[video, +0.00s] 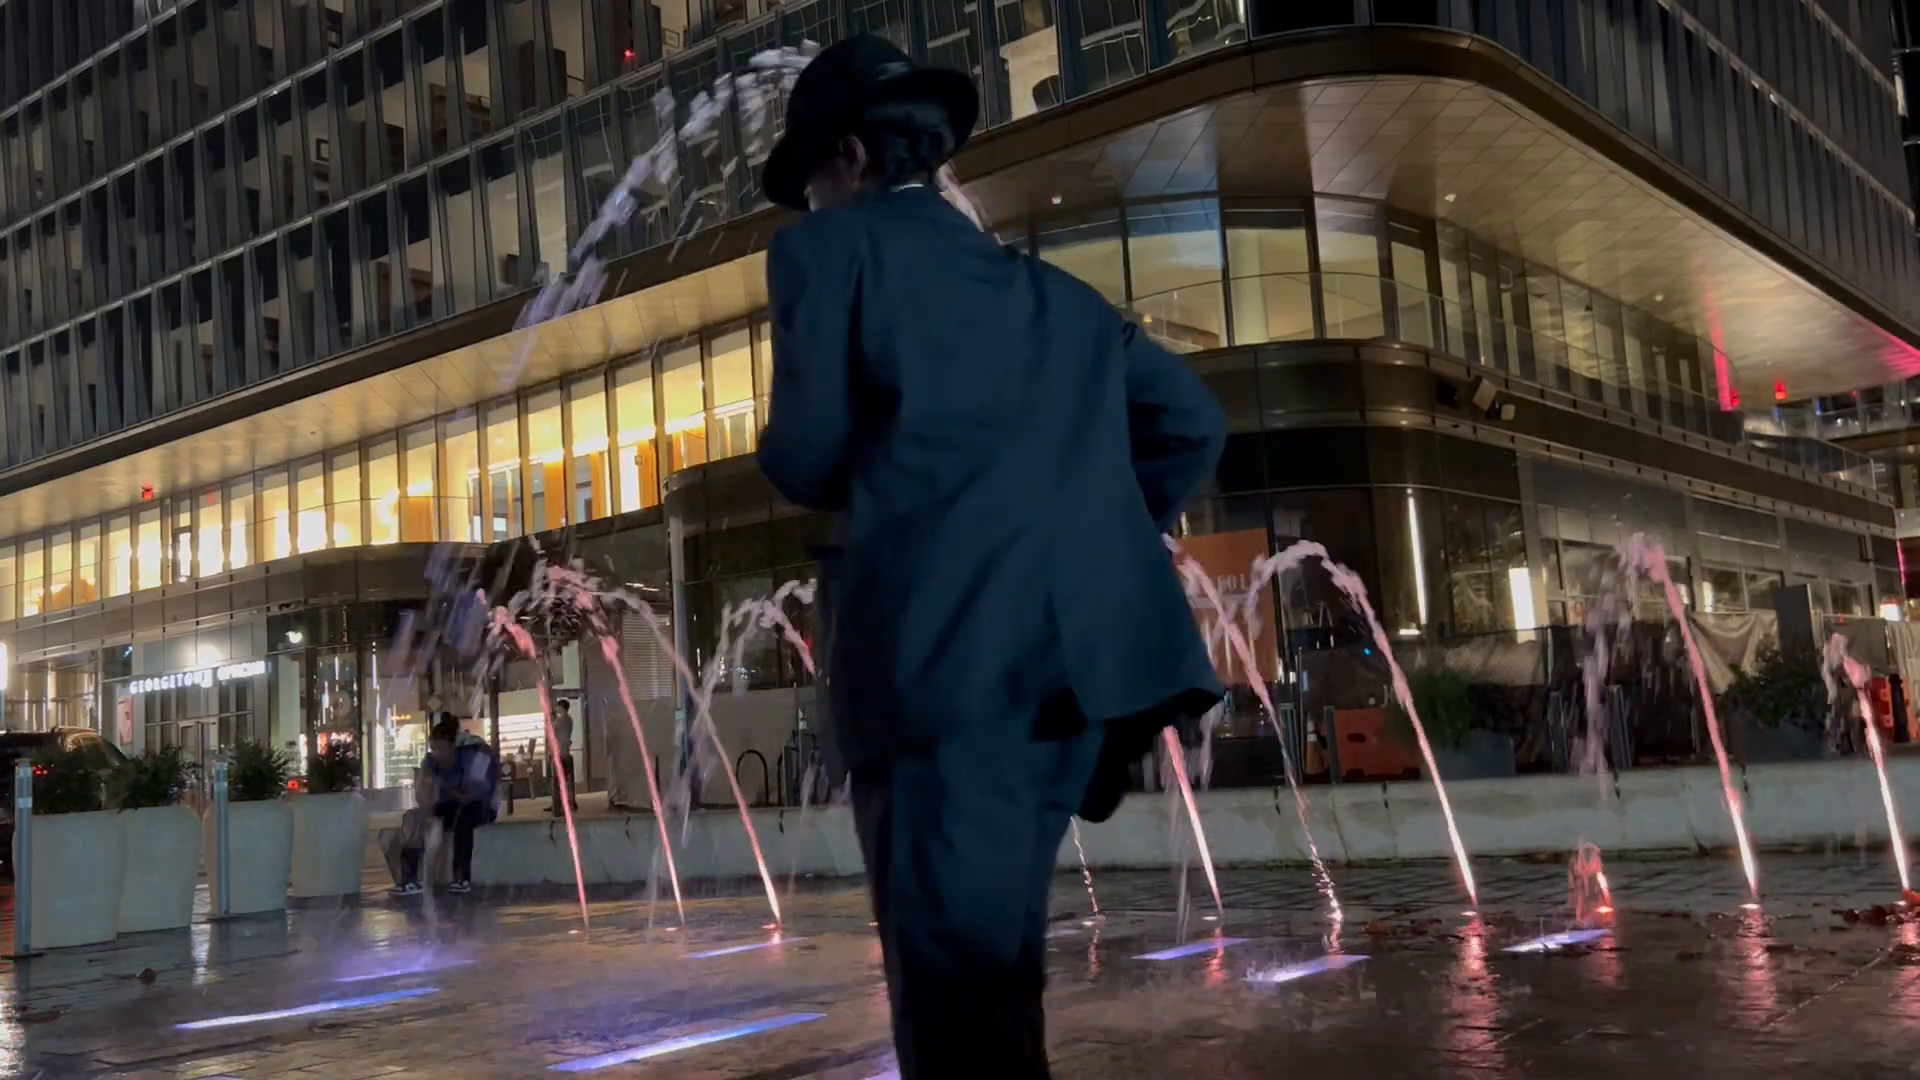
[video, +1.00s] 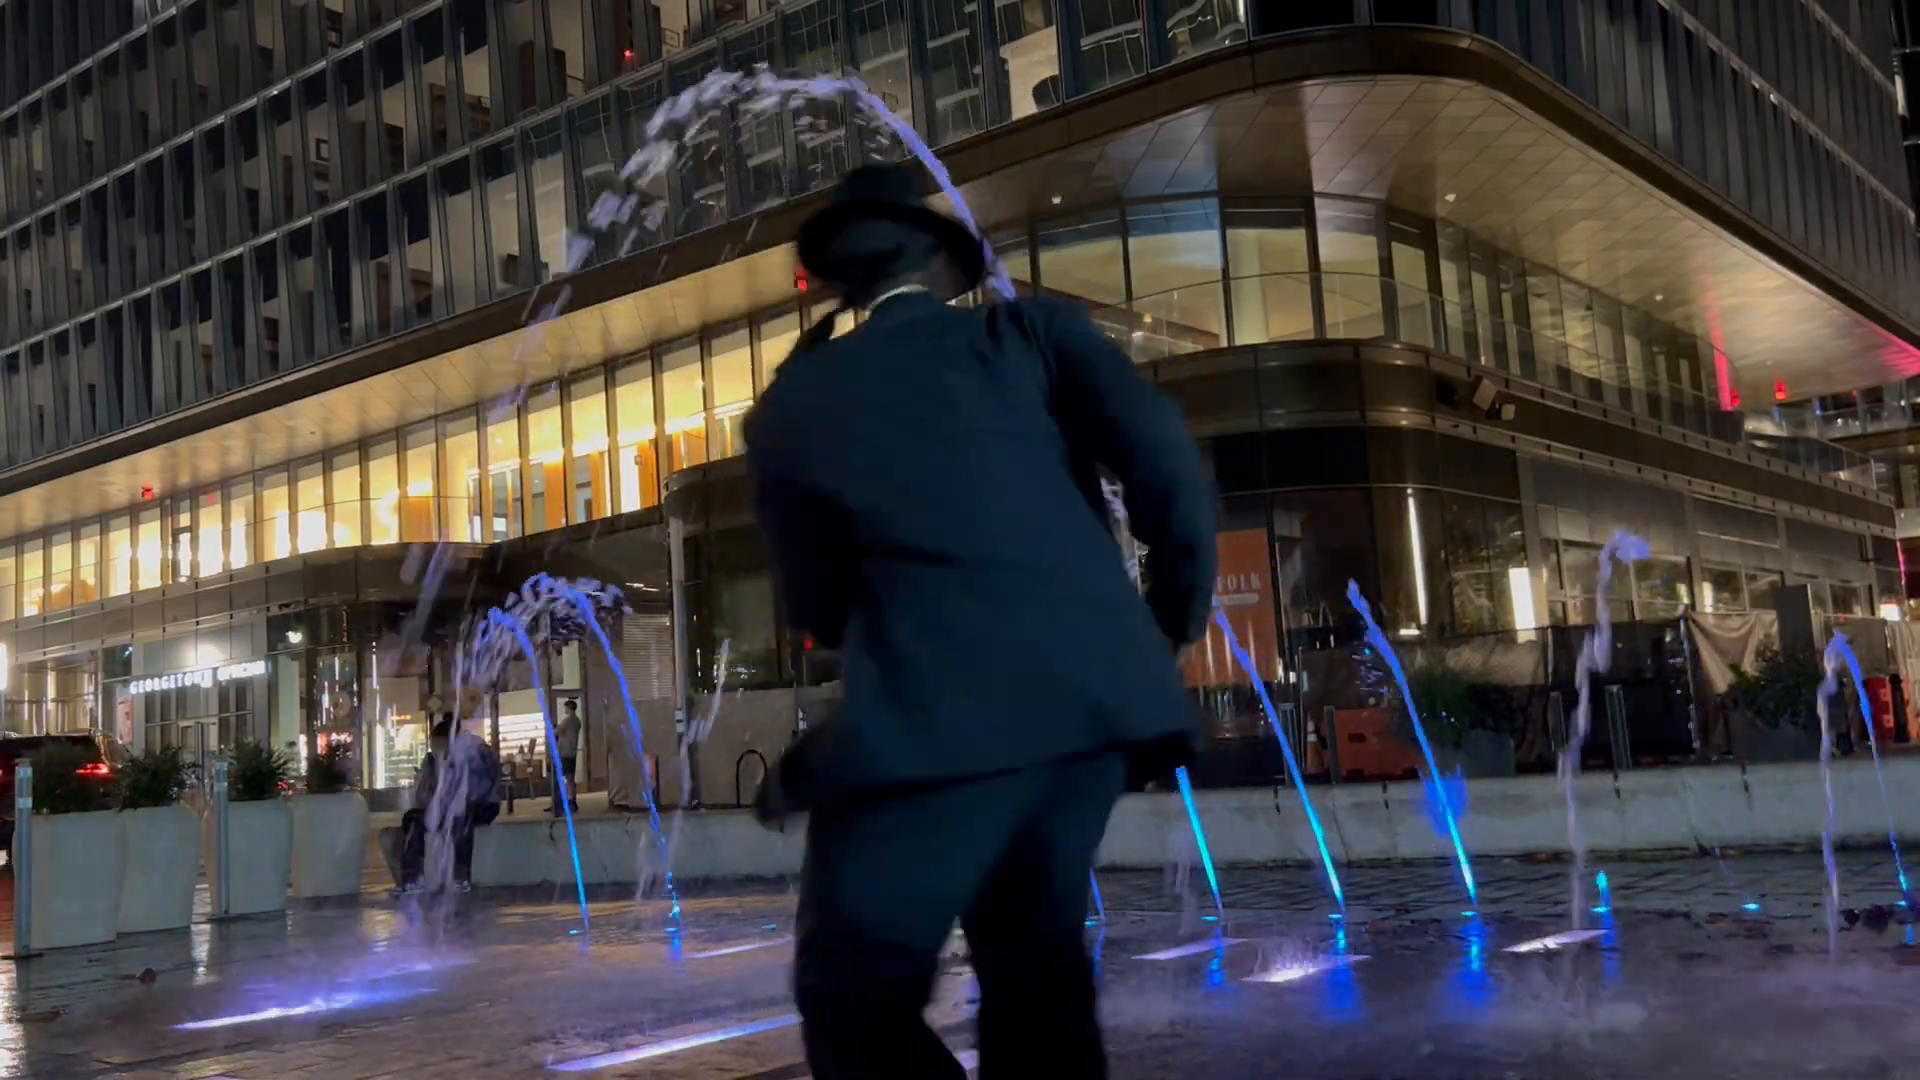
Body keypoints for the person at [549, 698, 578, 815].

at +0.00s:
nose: (557, 712)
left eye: (559, 709)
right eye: (557, 709)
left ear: (562, 709)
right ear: (567, 709)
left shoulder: (560, 720)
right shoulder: (569, 720)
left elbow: (552, 730)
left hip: (558, 754)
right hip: (567, 753)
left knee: (556, 780)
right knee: (570, 780)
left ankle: (556, 804)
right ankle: (572, 802)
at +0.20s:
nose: (559, 710)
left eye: (560, 708)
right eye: (559, 708)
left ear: (563, 708)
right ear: (569, 708)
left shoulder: (562, 720)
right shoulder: (571, 720)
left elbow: (554, 731)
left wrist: (550, 721)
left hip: (558, 755)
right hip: (567, 754)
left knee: (556, 782)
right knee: (569, 781)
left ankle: (556, 804)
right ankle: (572, 803)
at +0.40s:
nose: (561, 710)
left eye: (563, 708)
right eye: (562, 708)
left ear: (565, 709)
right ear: (571, 708)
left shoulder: (565, 720)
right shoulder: (572, 720)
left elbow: (556, 732)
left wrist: (552, 723)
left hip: (561, 754)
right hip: (568, 754)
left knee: (558, 780)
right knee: (569, 779)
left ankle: (557, 804)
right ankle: (571, 802)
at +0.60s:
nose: (563, 710)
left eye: (564, 708)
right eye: (564, 708)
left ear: (566, 708)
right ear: (573, 708)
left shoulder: (566, 721)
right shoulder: (575, 720)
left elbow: (557, 731)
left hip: (562, 754)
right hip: (570, 753)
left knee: (558, 779)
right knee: (570, 779)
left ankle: (557, 804)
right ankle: (572, 802)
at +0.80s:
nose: (564, 710)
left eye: (566, 708)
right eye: (565, 708)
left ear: (568, 708)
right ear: (573, 708)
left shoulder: (568, 720)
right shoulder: (575, 720)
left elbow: (559, 730)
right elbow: (563, 730)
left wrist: (551, 730)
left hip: (564, 754)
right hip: (570, 753)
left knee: (562, 779)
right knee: (570, 779)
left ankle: (558, 803)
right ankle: (572, 802)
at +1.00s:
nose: (564, 710)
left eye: (566, 708)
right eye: (565, 708)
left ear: (568, 709)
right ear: (574, 709)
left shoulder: (566, 721)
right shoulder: (577, 721)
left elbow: (556, 731)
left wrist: (552, 730)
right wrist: (559, 729)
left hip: (564, 754)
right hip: (572, 753)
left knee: (563, 780)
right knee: (571, 779)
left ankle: (560, 803)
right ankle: (572, 801)